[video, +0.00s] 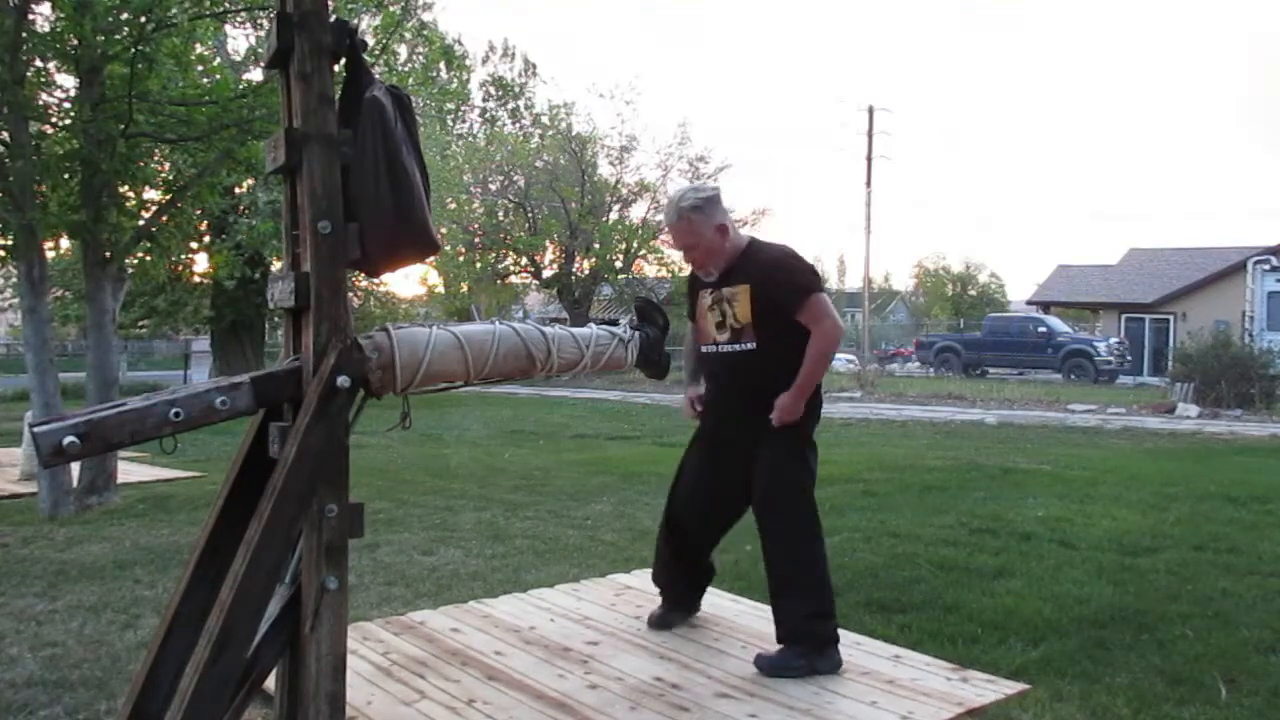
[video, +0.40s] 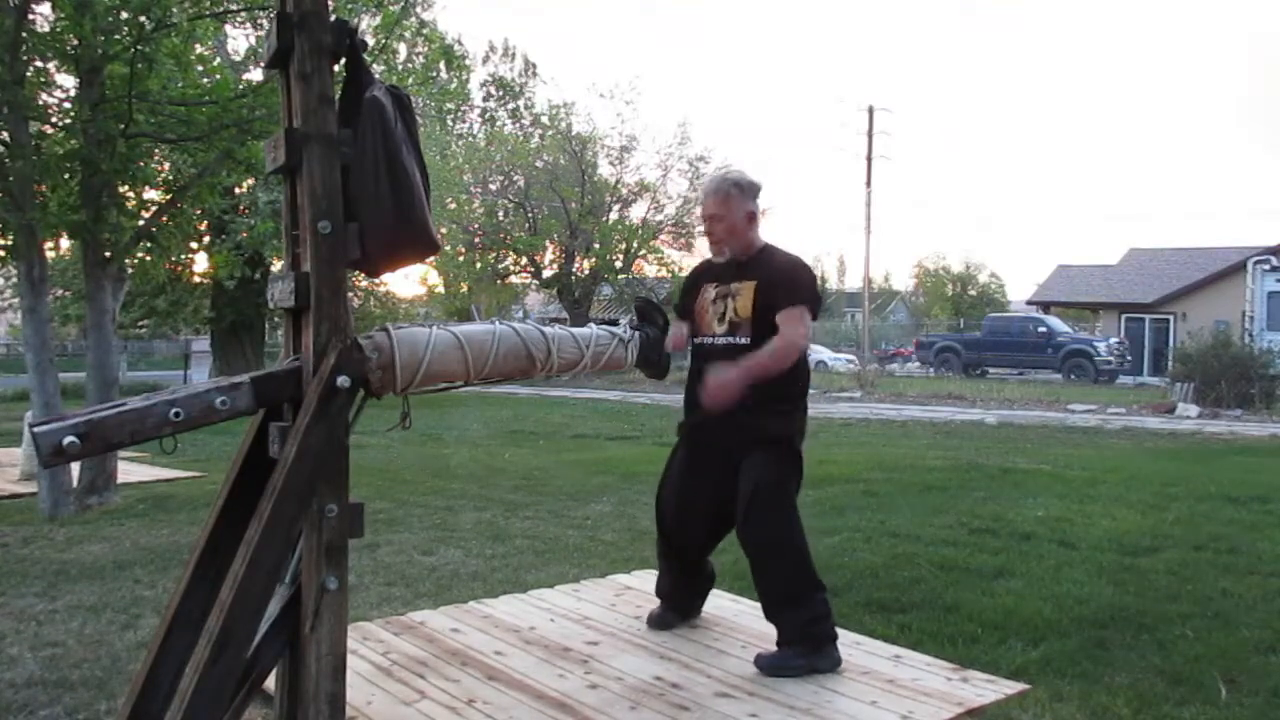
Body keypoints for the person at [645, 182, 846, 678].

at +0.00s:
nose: (688, 260)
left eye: (692, 248)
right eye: (682, 251)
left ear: (723, 231)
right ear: (679, 242)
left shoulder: (774, 264)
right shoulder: (700, 282)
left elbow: (829, 329)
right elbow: (700, 336)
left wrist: (798, 395)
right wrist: (694, 382)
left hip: (780, 424)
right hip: (724, 423)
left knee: (789, 532)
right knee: (688, 509)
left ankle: (814, 645)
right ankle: (679, 598)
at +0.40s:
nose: (709, 228)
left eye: (718, 218)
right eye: (705, 219)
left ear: (751, 216)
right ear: (703, 219)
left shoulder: (786, 271)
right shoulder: (701, 278)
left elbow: (793, 339)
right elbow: (682, 329)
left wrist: (739, 373)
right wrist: (669, 339)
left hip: (769, 430)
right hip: (707, 428)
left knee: (764, 517)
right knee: (678, 508)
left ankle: (812, 642)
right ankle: (681, 596)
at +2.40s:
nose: (729, 216)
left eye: (738, 206)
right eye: (723, 208)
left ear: (768, 207)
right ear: (719, 211)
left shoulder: (788, 263)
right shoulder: (714, 264)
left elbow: (727, 279)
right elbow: (679, 313)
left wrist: (659, 249)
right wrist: (673, 277)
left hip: (764, 428)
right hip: (704, 423)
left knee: (764, 530)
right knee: (682, 512)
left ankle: (812, 642)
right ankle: (681, 599)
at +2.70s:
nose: (736, 217)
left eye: (745, 207)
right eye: (729, 209)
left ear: (774, 208)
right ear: (723, 214)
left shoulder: (788, 266)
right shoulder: (716, 265)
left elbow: (717, 284)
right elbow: (680, 319)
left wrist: (646, 269)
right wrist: (693, 296)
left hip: (762, 432)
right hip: (701, 425)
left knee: (764, 535)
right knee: (678, 513)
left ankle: (813, 642)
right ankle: (681, 599)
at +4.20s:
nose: (731, 216)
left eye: (741, 206)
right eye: (728, 206)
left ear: (773, 207)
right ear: (725, 209)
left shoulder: (799, 266)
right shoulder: (721, 262)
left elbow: (759, 309)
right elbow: (677, 283)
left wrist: (704, 284)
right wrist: (638, 258)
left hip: (770, 429)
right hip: (708, 422)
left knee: (771, 534)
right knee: (683, 512)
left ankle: (816, 642)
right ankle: (682, 599)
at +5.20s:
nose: (722, 222)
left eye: (733, 213)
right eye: (718, 213)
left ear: (764, 212)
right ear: (715, 213)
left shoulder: (793, 273)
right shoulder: (710, 275)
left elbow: (813, 347)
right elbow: (695, 341)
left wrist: (781, 411)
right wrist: (687, 399)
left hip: (764, 423)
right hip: (708, 420)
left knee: (760, 531)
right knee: (674, 512)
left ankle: (815, 642)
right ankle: (681, 599)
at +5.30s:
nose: (719, 222)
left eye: (730, 213)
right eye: (715, 212)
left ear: (761, 211)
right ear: (712, 213)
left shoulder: (791, 272)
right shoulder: (710, 274)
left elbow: (811, 346)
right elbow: (694, 339)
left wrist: (779, 411)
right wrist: (681, 397)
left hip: (763, 422)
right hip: (707, 420)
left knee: (761, 532)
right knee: (674, 513)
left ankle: (815, 642)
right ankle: (681, 599)